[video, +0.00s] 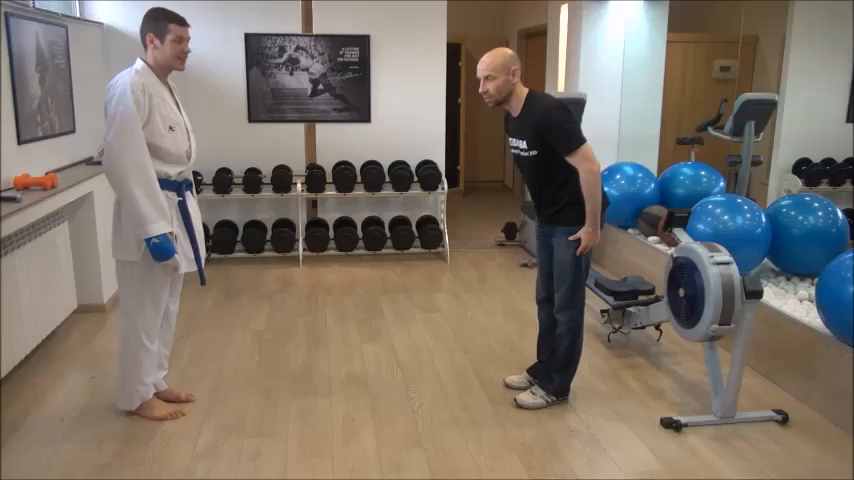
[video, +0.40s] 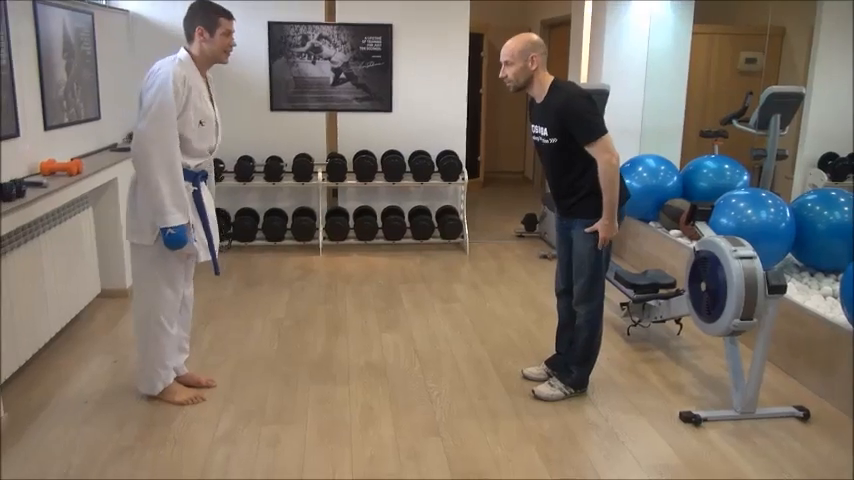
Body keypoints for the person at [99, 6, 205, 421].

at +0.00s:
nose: (186, 51)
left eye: (187, 43)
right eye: (179, 43)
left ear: (163, 44)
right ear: (152, 41)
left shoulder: (163, 87)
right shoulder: (129, 85)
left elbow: (170, 161)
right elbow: (126, 161)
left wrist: (184, 220)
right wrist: (153, 228)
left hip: (175, 208)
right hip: (148, 209)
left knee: (166, 305)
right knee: (144, 308)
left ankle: (155, 383)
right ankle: (135, 397)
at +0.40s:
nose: (233, 43)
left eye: (233, 35)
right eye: (227, 35)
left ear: (206, 36)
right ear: (201, 35)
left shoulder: (198, 77)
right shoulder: (170, 75)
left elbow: (187, 150)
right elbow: (155, 149)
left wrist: (198, 210)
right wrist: (170, 219)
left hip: (189, 194)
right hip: (166, 196)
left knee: (181, 286)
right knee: (161, 291)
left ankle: (175, 366)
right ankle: (156, 381)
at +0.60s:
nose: (266, 62)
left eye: (267, 55)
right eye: (262, 54)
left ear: (238, 53)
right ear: (236, 51)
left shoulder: (220, 88)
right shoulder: (197, 83)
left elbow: (194, 152)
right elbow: (163, 150)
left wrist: (194, 210)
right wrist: (165, 219)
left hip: (186, 192)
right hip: (161, 194)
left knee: (181, 281)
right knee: (161, 287)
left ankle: (181, 361)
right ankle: (161, 375)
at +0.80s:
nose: (293, 103)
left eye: (295, 96)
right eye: (290, 95)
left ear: (265, 91)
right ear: (266, 91)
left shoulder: (240, 116)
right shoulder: (219, 108)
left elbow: (205, 167)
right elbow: (162, 159)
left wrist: (201, 208)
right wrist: (160, 229)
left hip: (180, 198)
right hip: (151, 200)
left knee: (181, 283)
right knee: (160, 288)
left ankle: (185, 360)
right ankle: (170, 374)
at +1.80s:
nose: (290, 51)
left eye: (290, 43)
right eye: (284, 43)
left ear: (262, 47)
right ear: (259, 46)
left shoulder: (248, 87)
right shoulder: (223, 81)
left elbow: (232, 153)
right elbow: (187, 148)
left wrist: (232, 206)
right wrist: (193, 214)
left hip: (216, 192)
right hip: (189, 194)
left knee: (210, 281)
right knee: (190, 285)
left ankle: (209, 358)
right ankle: (193, 370)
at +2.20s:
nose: (263, 69)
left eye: (262, 61)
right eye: (256, 62)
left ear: (236, 69)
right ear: (231, 68)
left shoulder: (241, 114)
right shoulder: (207, 113)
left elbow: (251, 184)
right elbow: (203, 186)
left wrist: (266, 233)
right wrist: (228, 252)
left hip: (247, 226)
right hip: (216, 228)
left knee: (251, 312)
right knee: (212, 321)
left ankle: (221, 396)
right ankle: (198, 414)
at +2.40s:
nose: (268, 83)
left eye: (268, 76)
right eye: (263, 75)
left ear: (245, 77)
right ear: (237, 76)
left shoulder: (251, 123)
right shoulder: (210, 121)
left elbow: (267, 189)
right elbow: (222, 195)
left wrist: (287, 237)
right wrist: (268, 244)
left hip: (255, 235)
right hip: (220, 239)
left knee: (279, 315)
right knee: (216, 335)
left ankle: (274, 403)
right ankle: (204, 425)